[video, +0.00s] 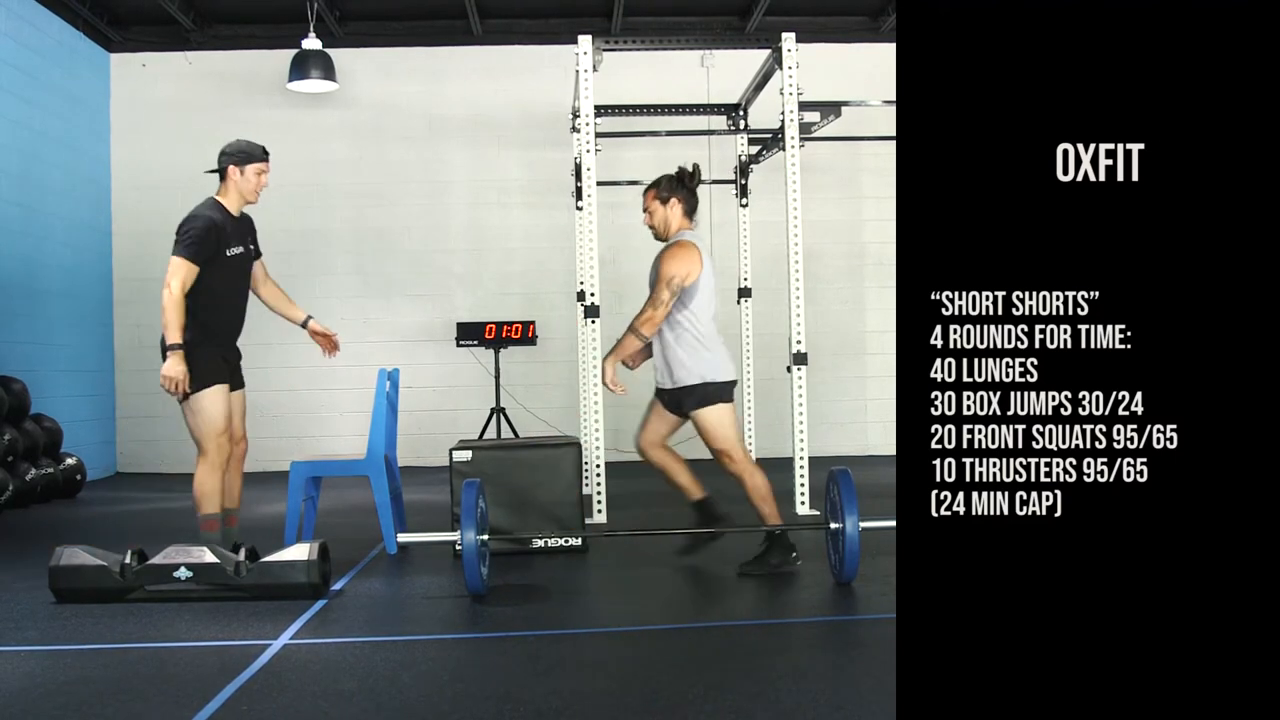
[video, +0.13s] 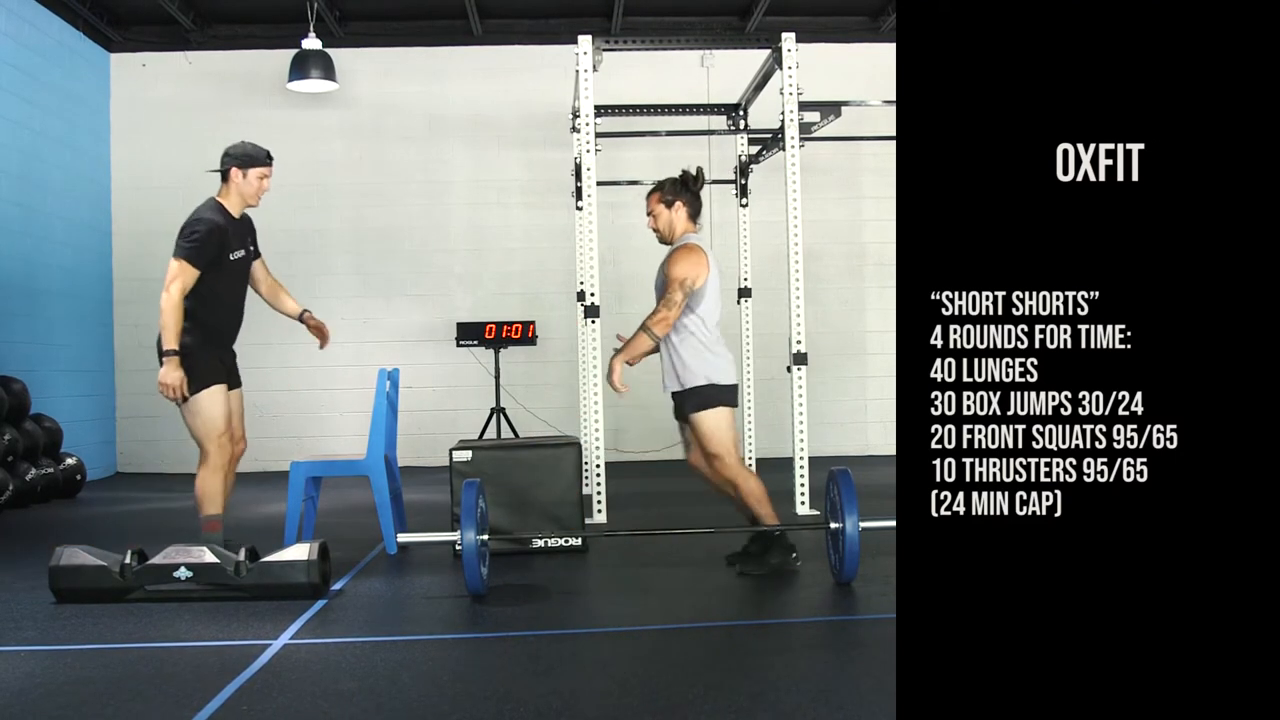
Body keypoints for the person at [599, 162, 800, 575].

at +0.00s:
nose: (645, 219)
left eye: (649, 210)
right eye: (644, 211)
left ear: (672, 206)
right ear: (675, 208)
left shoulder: (677, 254)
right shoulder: (684, 253)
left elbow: (654, 313)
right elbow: (673, 323)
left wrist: (613, 358)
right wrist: (640, 351)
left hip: (702, 378)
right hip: (680, 378)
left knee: (735, 458)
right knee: (649, 443)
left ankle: (779, 540)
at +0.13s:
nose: (649, 222)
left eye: (653, 213)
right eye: (648, 215)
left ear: (676, 209)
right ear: (677, 211)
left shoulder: (686, 256)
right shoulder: (681, 257)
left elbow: (665, 317)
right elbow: (666, 325)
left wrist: (621, 358)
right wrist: (629, 351)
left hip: (704, 378)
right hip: (690, 380)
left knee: (724, 459)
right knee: (699, 458)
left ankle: (778, 541)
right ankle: (763, 530)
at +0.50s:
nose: (618, 233)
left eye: (621, 224)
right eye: (617, 226)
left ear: (645, 219)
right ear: (647, 221)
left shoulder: (660, 264)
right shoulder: (661, 263)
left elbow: (656, 321)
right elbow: (651, 329)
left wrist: (619, 362)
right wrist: (610, 355)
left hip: (665, 386)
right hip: (685, 388)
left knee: (605, 444)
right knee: (686, 467)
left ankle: (588, 539)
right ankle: (757, 524)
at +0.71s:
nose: (590, 285)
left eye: (594, 276)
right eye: (589, 277)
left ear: (618, 274)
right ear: (619, 275)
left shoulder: (627, 320)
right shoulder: (633, 316)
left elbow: (611, 373)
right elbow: (620, 379)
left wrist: (571, 407)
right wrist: (579, 394)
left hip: (632, 436)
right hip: (650, 439)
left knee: (547, 458)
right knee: (643, 522)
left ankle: (564, 548)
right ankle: (732, 521)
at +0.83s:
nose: (583, 307)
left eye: (587, 298)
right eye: (582, 300)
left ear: (612, 295)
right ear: (613, 296)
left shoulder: (621, 344)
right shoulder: (627, 341)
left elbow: (598, 390)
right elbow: (615, 405)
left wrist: (543, 417)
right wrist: (576, 418)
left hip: (624, 451)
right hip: (639, 455)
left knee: (536, 461)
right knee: (636, 546)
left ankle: (562, 548)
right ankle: (723, 523)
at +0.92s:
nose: (587, 309)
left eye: (592, 300)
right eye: (587, 302)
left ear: (617, 298)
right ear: (617, 299)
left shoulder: (623, 346)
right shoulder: (629, 344)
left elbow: (602, 395)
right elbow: (613, 407)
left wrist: (543, 418)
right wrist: (573, 419)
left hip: (623, 452)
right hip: (637, 457)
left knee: (535, 460)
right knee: (635, 548)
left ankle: (562, 549)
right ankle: (718, 523)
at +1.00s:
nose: (598, 298)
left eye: (602, 290)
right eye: (598, 291)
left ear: (627, 288)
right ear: (626, 290)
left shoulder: (630, 337)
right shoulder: (637, 334)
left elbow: (611, 392)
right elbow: (621, 392)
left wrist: (555, 414)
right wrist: (580, 399)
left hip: (628, 445)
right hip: (643, 449)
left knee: (540, 460)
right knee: (638, 540)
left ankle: (563, 548)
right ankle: (725, 523)